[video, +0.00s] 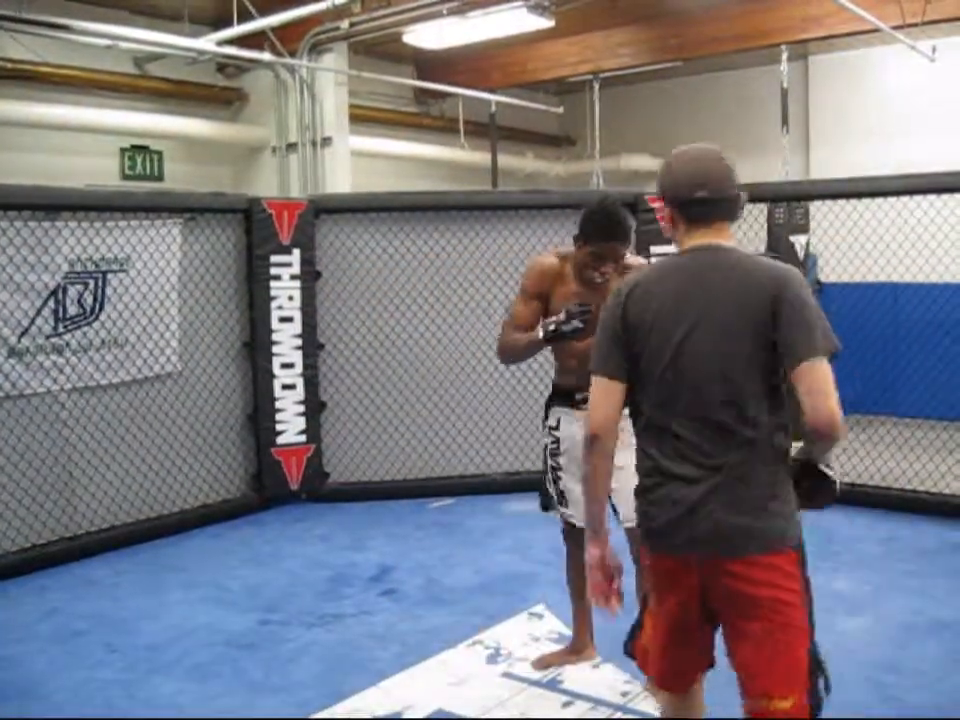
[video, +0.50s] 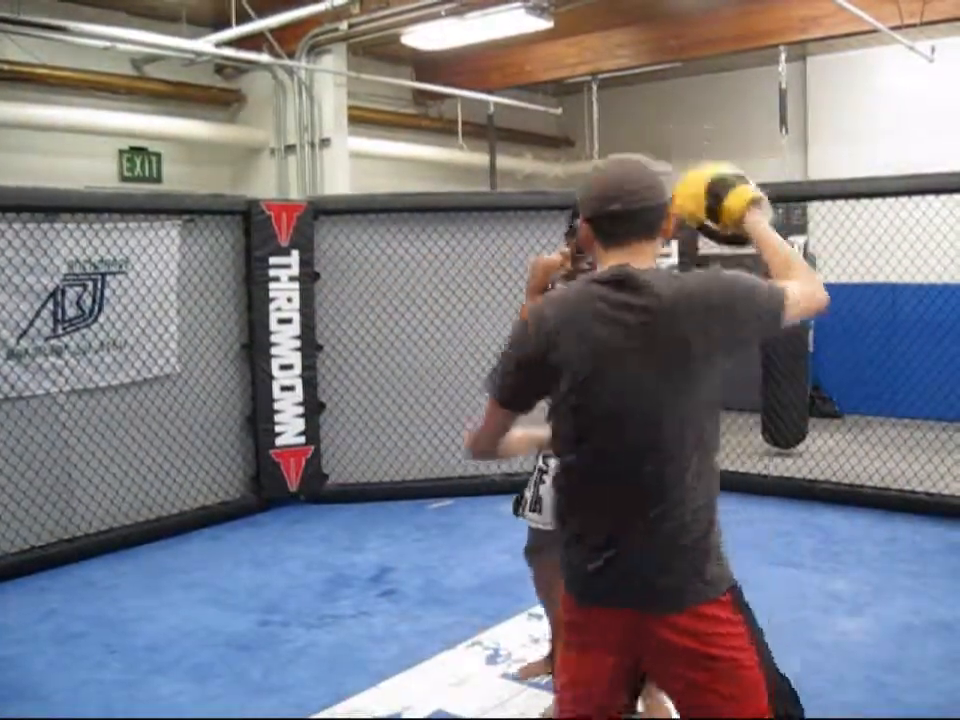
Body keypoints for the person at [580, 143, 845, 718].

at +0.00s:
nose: (657, 212)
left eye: (658, 204)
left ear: (665, 212)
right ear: (736, 206)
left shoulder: (631, 295)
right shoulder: (779, 282)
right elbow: (824, 417)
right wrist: (814, 445)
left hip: (667, 528)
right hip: (757, 529)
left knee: (677, 689)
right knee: (778, 704)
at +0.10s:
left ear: (680, 215)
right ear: (758, 215)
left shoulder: (635, 297)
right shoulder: (788, 297)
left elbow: (589, 434)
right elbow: (850, 441)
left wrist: (602, 519)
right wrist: (801, 411)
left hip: (655, 545)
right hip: (746, 550)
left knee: (671, 697)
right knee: (764, 708)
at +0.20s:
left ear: (678, 204)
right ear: (757, 205)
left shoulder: (628, 279)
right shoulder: (787, 287)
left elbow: (576, 414)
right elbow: (857, 395)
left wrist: (640, 412)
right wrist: (832, 310)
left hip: (634, 538)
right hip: (732, 548)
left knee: (652, 700)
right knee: (755, 708)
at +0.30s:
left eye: (653, 186)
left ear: (655, 196)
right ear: (737, 196)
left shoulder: (611, 273)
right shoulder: (772, 275)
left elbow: (563, 397)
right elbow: (852, 337)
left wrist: (613, 367)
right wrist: (815, 240)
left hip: (621, 538)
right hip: (721, 546)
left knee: (628, 693)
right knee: (749, 707)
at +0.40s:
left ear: (625, 208)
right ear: (710, 205)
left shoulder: (588, 289)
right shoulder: (749, 282)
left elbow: (538, 402)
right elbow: (831, 293)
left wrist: (611, 394)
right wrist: (780, 235)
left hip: (609, 557)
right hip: (708, 561)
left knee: (600, 705)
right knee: (751, 707)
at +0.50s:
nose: (574, 234)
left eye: (577, 223)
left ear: (586, 231)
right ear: (669, 226)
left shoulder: (552, 316)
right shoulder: (708, 298)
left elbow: (484, 442)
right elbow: (810, 292)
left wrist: (558, 435)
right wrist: (757, 223)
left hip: (589, 588)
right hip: (688, 587)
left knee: (583, 709)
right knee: (744, 708)